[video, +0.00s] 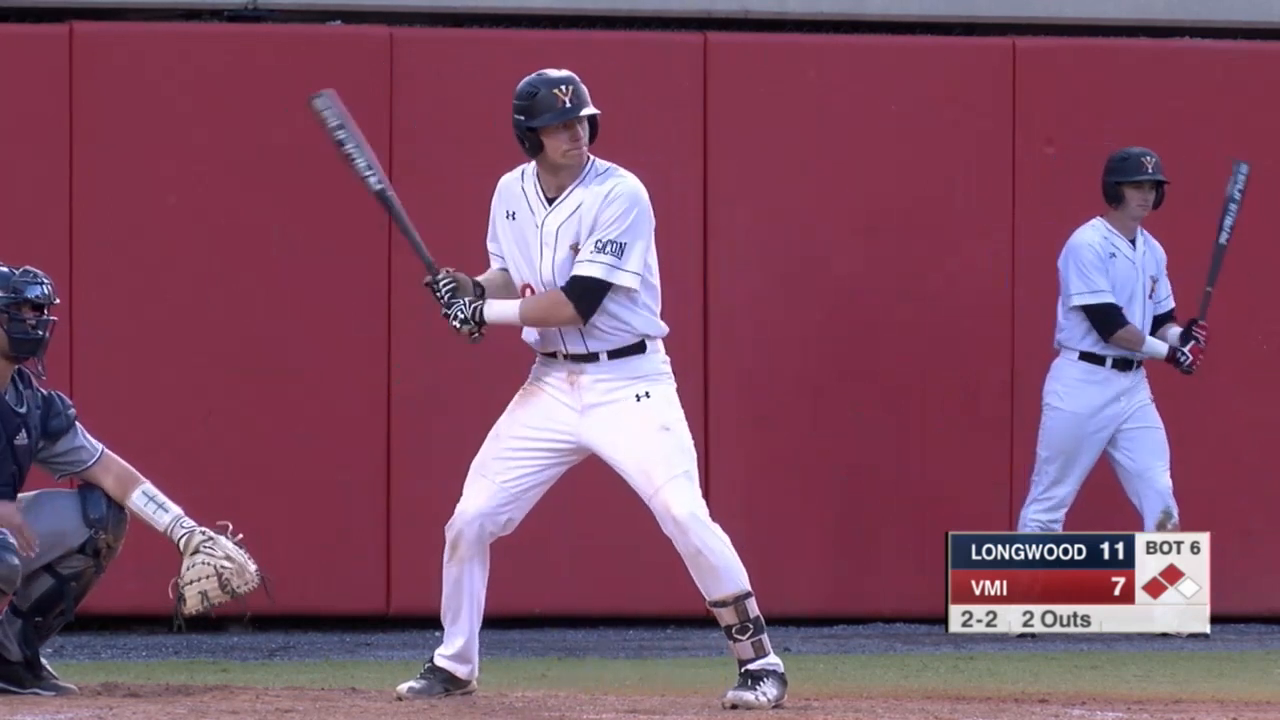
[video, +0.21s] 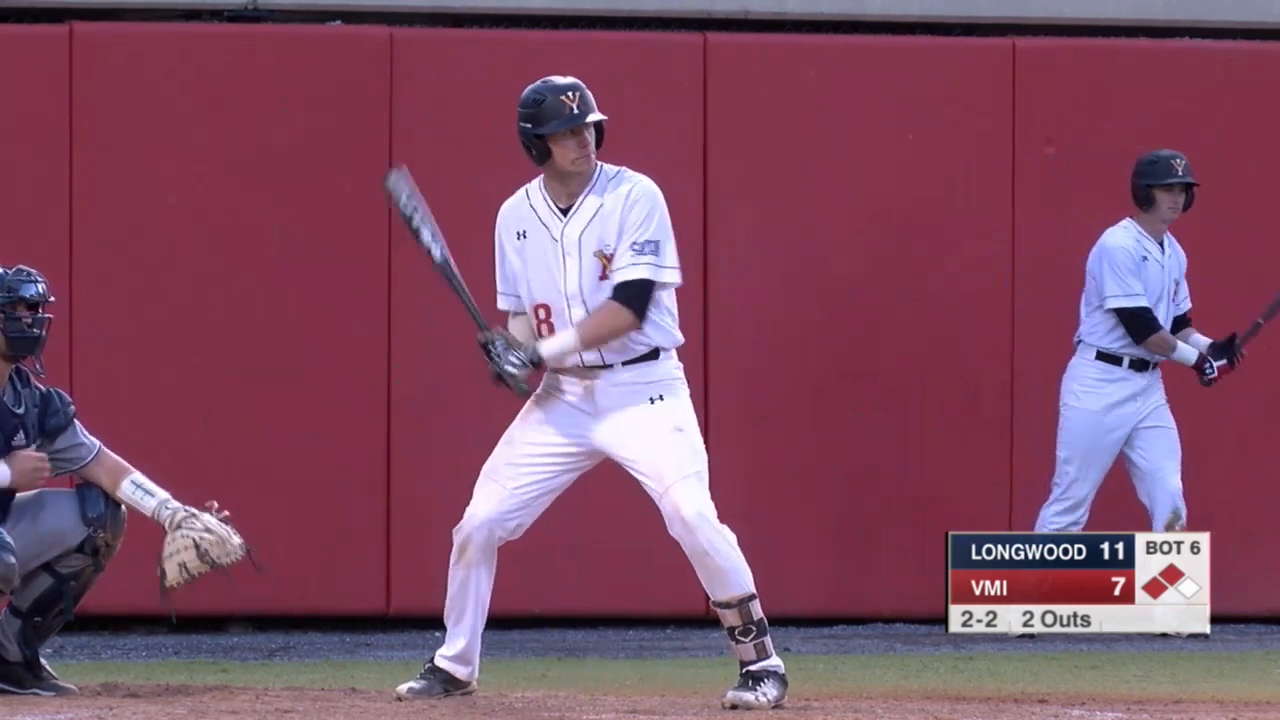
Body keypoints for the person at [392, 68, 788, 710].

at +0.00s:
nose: (577, 134)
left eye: (582, 122)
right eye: (562, 126)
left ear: (591, 122)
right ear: (530, 133)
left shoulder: (622, 192)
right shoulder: (510, 193)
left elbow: (576, 304)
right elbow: (511, 271)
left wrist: (486, 310)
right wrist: (472, 291)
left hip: (630, 382)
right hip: (550, 382)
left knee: (681, 510)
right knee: (470, 520)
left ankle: (759, 664)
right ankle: (454, 665)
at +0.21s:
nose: (582, 140)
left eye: (587, 127)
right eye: (567, 132)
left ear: (597, 127)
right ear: (538, 141)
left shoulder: (636, 194)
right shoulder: (514, 215)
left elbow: (629, 305)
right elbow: (518, 315)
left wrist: (548, 350)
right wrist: (514, 354)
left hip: (645, 389)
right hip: (559, 394)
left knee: (690, 514)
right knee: (478, 525)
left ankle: (761, 665)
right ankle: (454, 666)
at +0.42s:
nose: (600, 142)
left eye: (604, 130)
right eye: (584, 135)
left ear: (613, 131)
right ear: (554, 145)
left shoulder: (655, 201)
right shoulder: (526, 225)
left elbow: (681, 314)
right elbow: (533, 336)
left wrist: (629, 397)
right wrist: (570, 402)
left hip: (659, 395)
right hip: (570, 403)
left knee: (697, 516)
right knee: (484, 527)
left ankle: (762, 665)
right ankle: (455, 666)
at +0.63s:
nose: (611, 145)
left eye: (614, 133)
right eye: (595, 137)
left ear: (621, 134)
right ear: (561, 145)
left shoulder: (659, 207)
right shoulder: (526, 222)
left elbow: (681, 320)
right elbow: (527, 336)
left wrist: (626, 401)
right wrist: (571, 402)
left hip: (653, 397)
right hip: (563, 403)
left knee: (695, 516)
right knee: (479, 526)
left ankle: (762, 665)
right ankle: (454, 666)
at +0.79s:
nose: (610, 146)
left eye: (613, 134)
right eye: (594, 137)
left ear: (620, 136)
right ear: (559, 145)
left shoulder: (652, 210)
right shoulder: (521, 219)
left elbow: (668, 329)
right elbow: (513, 332)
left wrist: (600, 398)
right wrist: (541, 391)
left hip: (645, 404)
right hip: (556, 408)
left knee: (692, 517)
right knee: (474, 525)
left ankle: (762, 665)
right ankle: (454, 666)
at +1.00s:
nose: (598, 151)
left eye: (603, 139)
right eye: (582, 141)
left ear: (611, 141)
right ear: (550, 147)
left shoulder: (638, 215)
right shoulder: (511, 218)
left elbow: (630, 333)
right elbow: (491, 302)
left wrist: (543, 378)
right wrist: (489, 360)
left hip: (636, 405)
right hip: (547, 408)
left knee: (686, 518)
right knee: (465, 524)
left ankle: (761, 665)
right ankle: (453, 665)